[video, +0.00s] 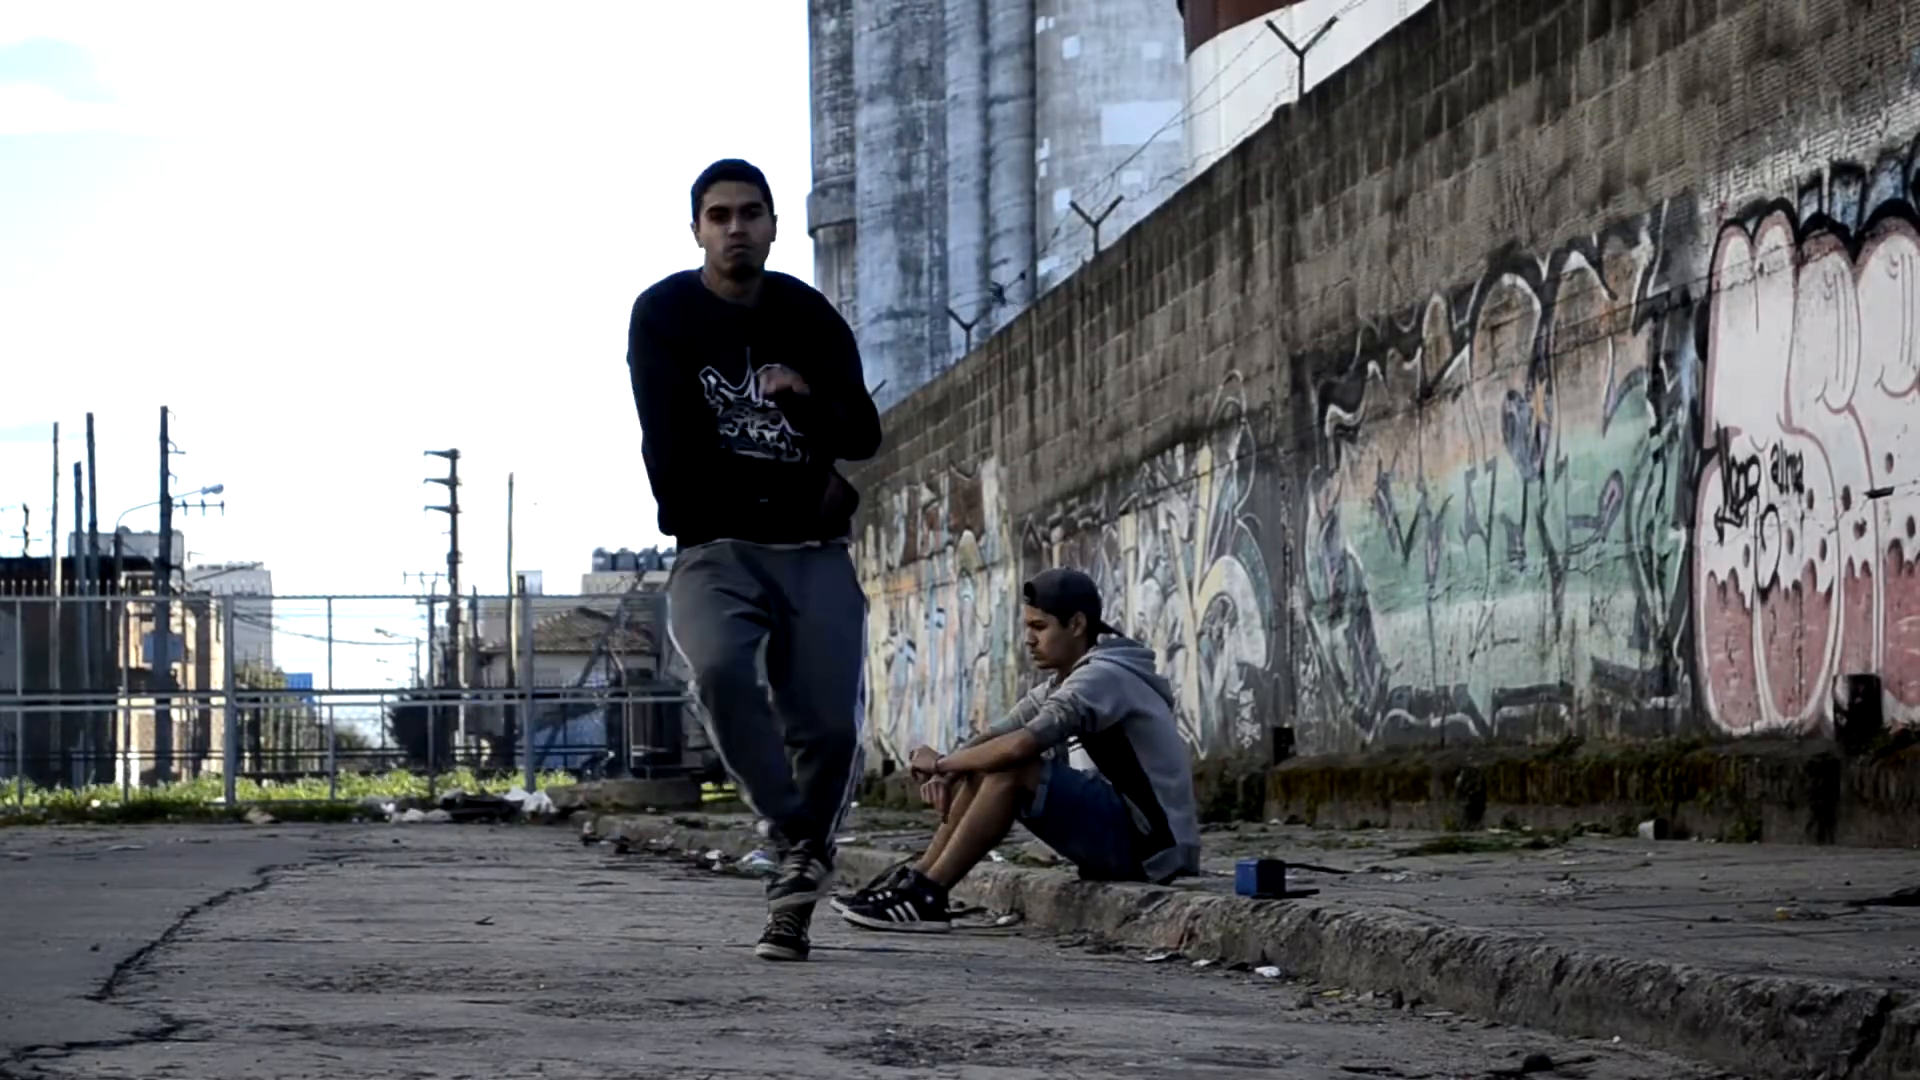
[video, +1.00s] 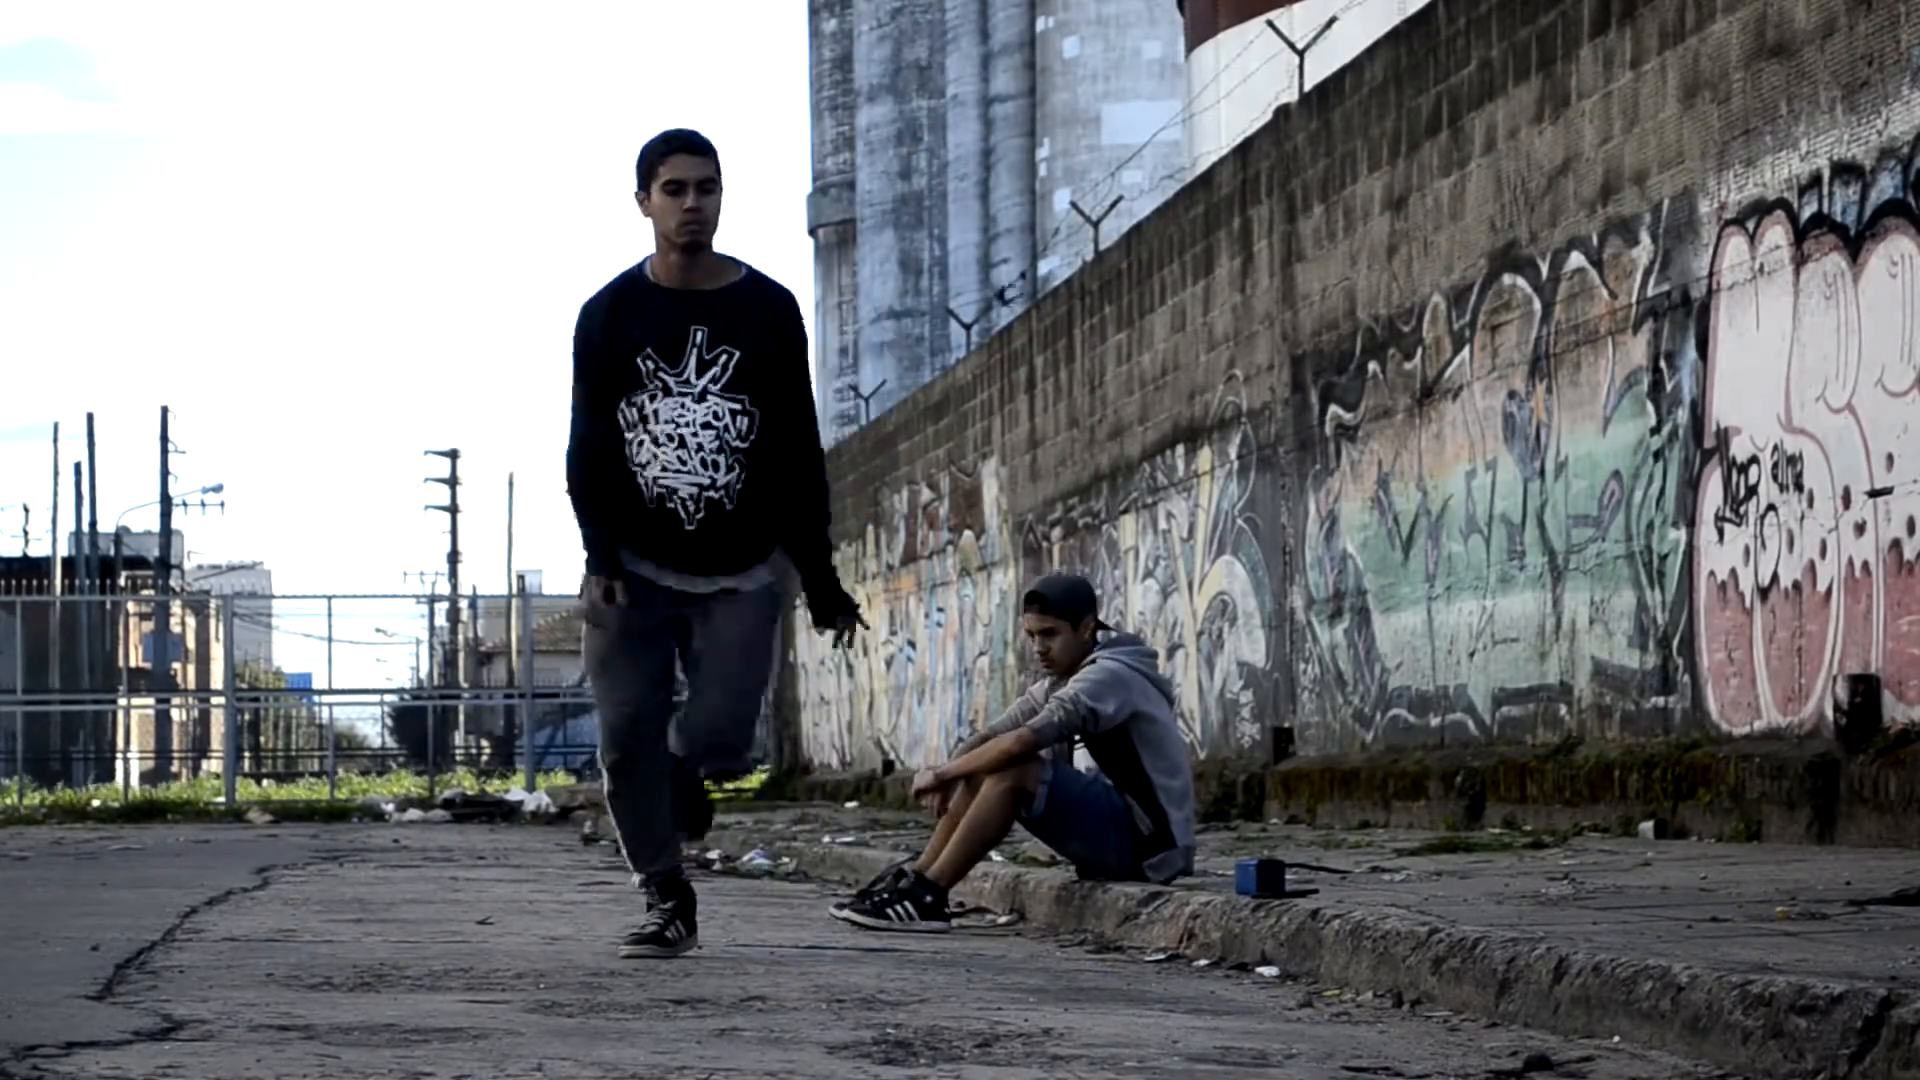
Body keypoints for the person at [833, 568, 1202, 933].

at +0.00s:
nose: (1029, 639)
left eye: (1039, 627)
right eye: (1027, 627)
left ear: (1078, 625)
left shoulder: (1103, 673)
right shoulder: (1072, 675)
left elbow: (1022, 747)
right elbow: (1005, 730)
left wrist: (944, 761)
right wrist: (945, 762)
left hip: (1151, 844)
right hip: (1121, 834)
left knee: (1014, 770)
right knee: (983, 763)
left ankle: (932, 893)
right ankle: (915, 883)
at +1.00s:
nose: (1039, 648)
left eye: (1049, 635)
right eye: (1031, 636)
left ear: (1088, 628)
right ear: (1027, 634)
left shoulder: (1110, 673)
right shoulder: (1068, 676)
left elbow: (1024, 743)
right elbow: (1002, 731)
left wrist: (943, 773)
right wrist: (945, 773)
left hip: (1148, 846)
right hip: (1118, 836)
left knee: (1015, 771)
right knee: (986, 763)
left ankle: (932, 894)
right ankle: (914, 883)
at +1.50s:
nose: (1035, 634)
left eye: (1047, 621)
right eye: (1030, 624)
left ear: (1085, 621)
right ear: (1026, 624)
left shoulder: (1103, 666)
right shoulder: (1081, 668)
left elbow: (1018, 741)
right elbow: (1012, 736)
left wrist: (940, 772)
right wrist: (948, 773)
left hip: (1149, 844)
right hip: (1123, 835)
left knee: (1011, 772)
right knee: (987, 766)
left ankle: (934, 893)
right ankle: (917, 879)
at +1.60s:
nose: (1029, 634)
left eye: (1040, 620)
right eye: (1025, 624)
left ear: (1080, 621)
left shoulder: (1100, 667)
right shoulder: (1079, 671)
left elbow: (1018, 741)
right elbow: (1011, 740)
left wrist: (939, 772)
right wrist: (946, 774)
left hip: (1149, 844)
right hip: (1123, 836)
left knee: (1012, 770)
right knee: (987, 766)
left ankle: (934, 893)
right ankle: (917, 879)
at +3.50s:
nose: (1019, 650)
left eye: (1028, 636)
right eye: (1015, 639)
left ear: (1067, 628)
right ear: (1061, 632)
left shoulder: (1101, 676)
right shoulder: (1064, 684)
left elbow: (1011, 751)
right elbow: (999, 743)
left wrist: (957, 749)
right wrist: (942, 776)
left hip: (1151, 848)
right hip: (1120, 839)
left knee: (1013, 771)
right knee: (983, 767)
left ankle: (933, 895)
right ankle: (915, 882)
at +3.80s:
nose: (1029, 642)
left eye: (1040, 629)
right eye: (1025, 630)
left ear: (1079, 627)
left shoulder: (1105, 674)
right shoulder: (1063, 671)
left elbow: (1007, 738)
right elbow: (990, 725)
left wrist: (994, 717)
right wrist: (936, 792)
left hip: (1147, 845)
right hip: (1116, 833)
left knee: (1013, 766)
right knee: (988, 756)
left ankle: (932, 895)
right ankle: (915, 882)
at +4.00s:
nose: (1030, 642)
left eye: (1041, 630)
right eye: (1026, 631)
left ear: (1080, 627)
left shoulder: (1104, 670)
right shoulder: (1071, 671)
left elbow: (1010, 736)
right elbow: (993, 729)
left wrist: (1009, 727)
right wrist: (936, 791)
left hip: (1148, 844)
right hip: (1119, 833)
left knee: (1011, 766)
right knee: (988, 757)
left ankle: (932, 894)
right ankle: (914, 881)